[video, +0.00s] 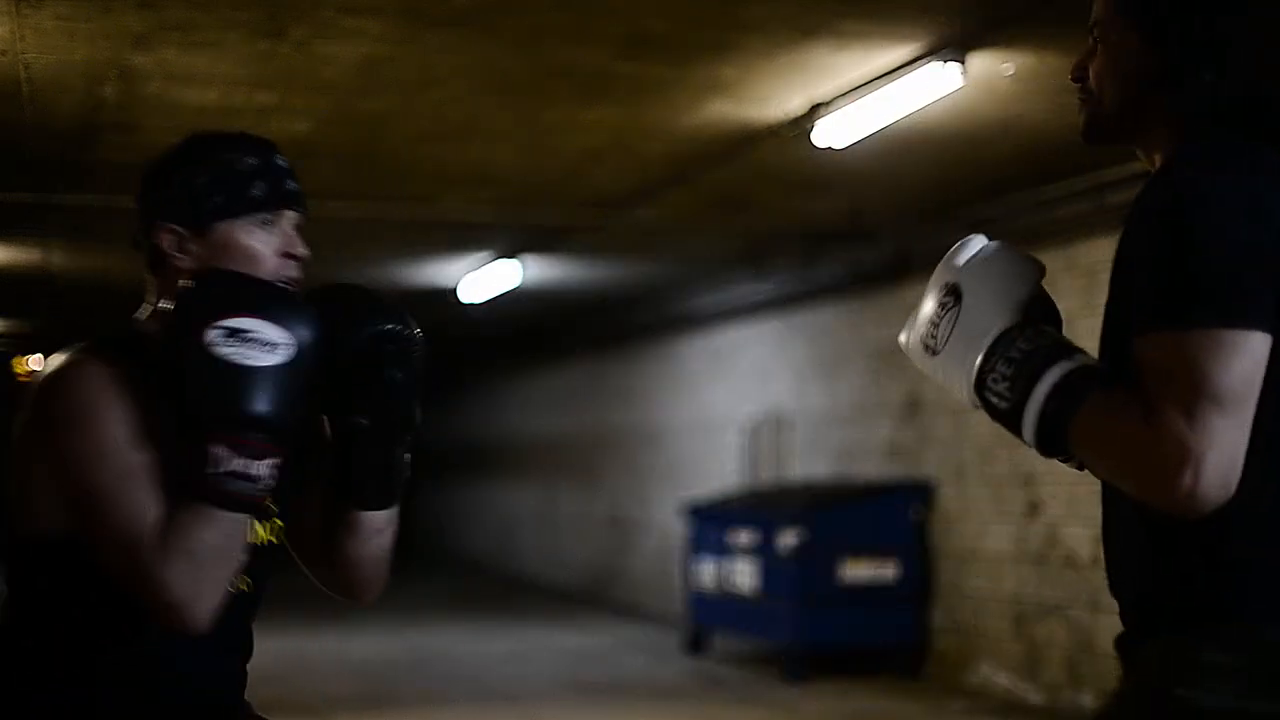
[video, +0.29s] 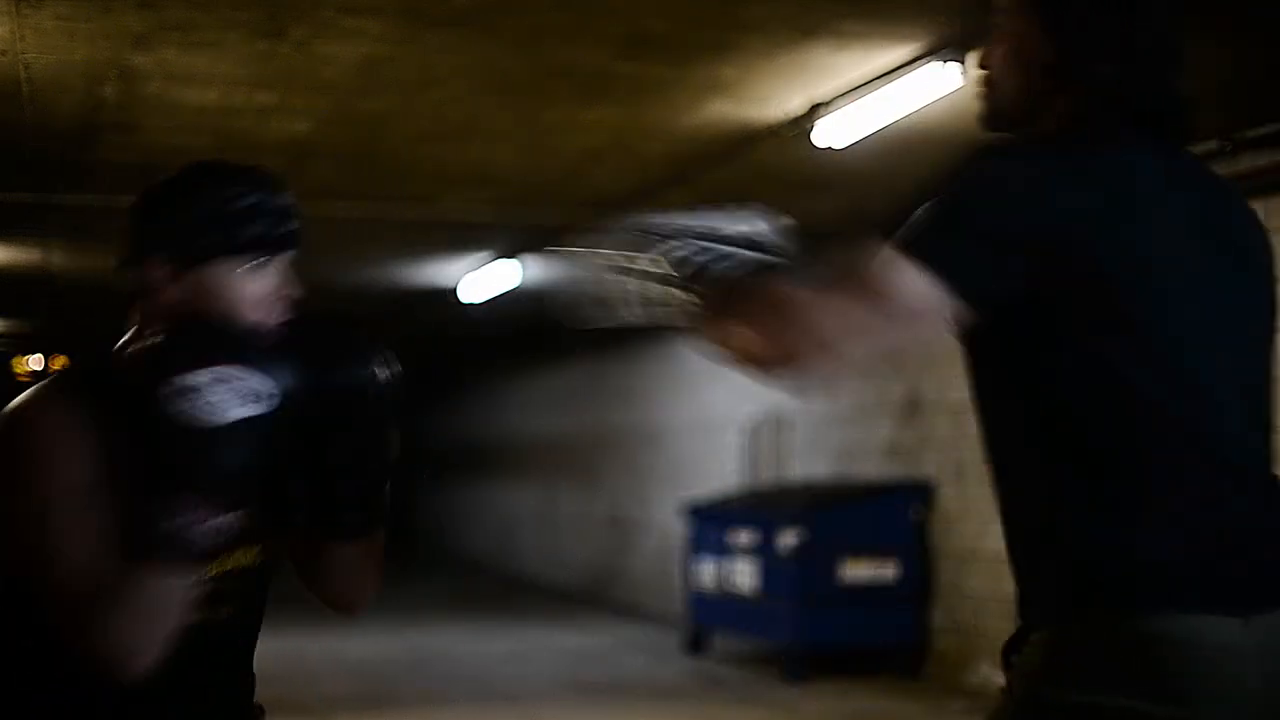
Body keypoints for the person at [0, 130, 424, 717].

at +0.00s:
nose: (298, 249)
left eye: (296, 227)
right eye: (266, 224)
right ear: (180, 246)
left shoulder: (257, 384)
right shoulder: (88, 388)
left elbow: (356, 580)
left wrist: (380, 422)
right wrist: (245, 427)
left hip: (213, 700)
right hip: (91, 709)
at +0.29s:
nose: (290, 290)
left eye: (287, 262)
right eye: (256, 264)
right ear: (170, 279)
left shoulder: (263, 403)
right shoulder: (60, 421)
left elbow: (347, 590)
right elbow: (119, 649)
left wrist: (355, 432)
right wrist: (202, 480)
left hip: (222, 699)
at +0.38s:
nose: (207, 350)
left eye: (219, 318)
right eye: (175, 326)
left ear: (235, 318)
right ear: (112, 339)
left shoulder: (261, 432)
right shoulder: (48, 458)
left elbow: (369, 629)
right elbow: (47, 691)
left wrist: (328, 487)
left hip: (224, 705)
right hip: (98, 711)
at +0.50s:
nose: (273, 321)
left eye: (272, 295)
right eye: (241, 301)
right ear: (169, 319)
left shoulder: (279, 429)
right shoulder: (93, 458)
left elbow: (377, 595)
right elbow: (161, 681)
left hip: (245, 705)